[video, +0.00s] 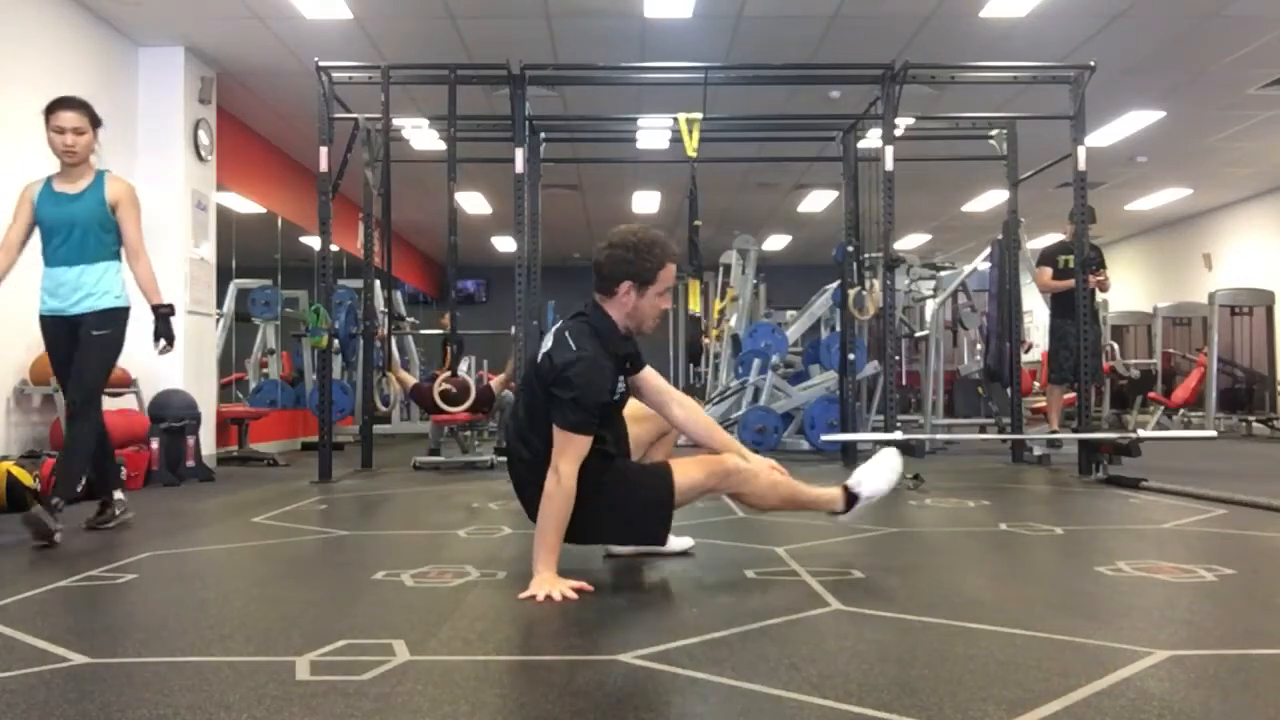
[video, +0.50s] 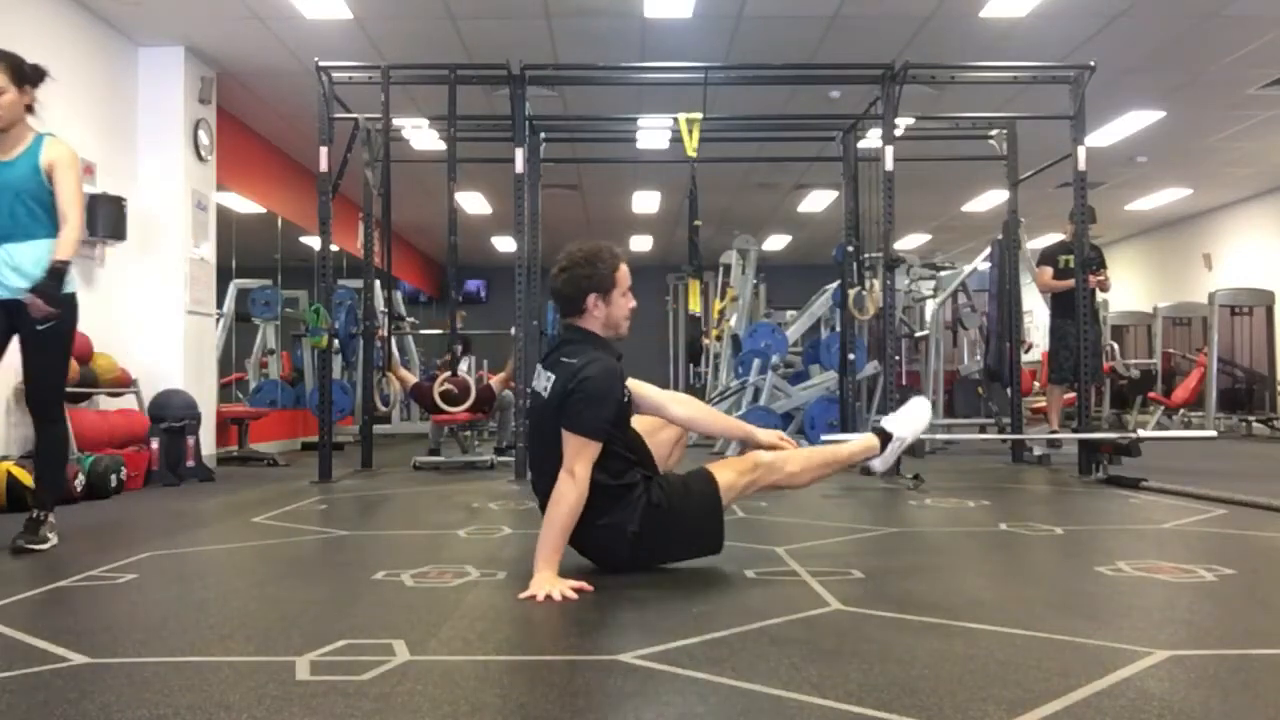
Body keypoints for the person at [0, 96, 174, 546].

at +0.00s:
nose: (69, 140)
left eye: (78, 131)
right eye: (59, 131)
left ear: (94, 136)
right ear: (48, 136)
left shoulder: (117, 189)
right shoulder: (34, 194)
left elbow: (137, 255)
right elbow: (7, 255)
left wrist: (160, 308)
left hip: (105, 308)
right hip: (55, 311)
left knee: (82, 402)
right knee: (80, 405)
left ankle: (54, 505)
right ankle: (111, 496)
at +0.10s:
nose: (58, 132)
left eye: (68, 124)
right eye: (48, 124)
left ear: (85, 129)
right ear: (37, 130)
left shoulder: (106, 184)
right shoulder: (23, 188)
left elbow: (127, 253)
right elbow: (2, 250)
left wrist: (150, 307)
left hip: (92, 305)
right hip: (40, 309)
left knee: (71, 406)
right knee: (64, 408)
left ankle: (48, 512)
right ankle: (105, 486)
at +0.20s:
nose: (40, 122)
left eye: (50, 113)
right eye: (30, 114)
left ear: (69, 117)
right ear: (20, 118)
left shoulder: (91, 175)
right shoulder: (11, 179)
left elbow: (108, 246)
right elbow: (1, 238)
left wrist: (128, 302)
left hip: (79, 300)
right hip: (24, 303)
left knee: (71, 408)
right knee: (20, 410)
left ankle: (48, 512)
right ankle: (76, 473)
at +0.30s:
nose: (20, 114)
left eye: (30, 104)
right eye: (11, 106)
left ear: (55, 107)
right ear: (4, 110)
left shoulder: (78, 164)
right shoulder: (8, 167)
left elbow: (95, 233)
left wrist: (104, 292)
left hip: (66, 298)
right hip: (11, 300)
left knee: (61, 405)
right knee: (1, 401)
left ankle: (47, 510)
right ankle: (38, 478)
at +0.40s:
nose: (3, 105)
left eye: (11, 96)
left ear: (37, 100)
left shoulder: (66, 155)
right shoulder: (4, 153)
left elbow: (81, 224)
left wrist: (74, 287)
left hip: (52, 295)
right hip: (5, 297)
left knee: (52, 404)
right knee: (0, 396)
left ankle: (44, 512)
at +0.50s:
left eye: (2, 92)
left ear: (26, 95)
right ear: (0, 97)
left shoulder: (54, 152)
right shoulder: (2, 151)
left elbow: (72, 223)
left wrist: (50, 282)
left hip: (44, 293)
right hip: (0, 295)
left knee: (45, 402)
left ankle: (43, 513)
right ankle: (40, 510)